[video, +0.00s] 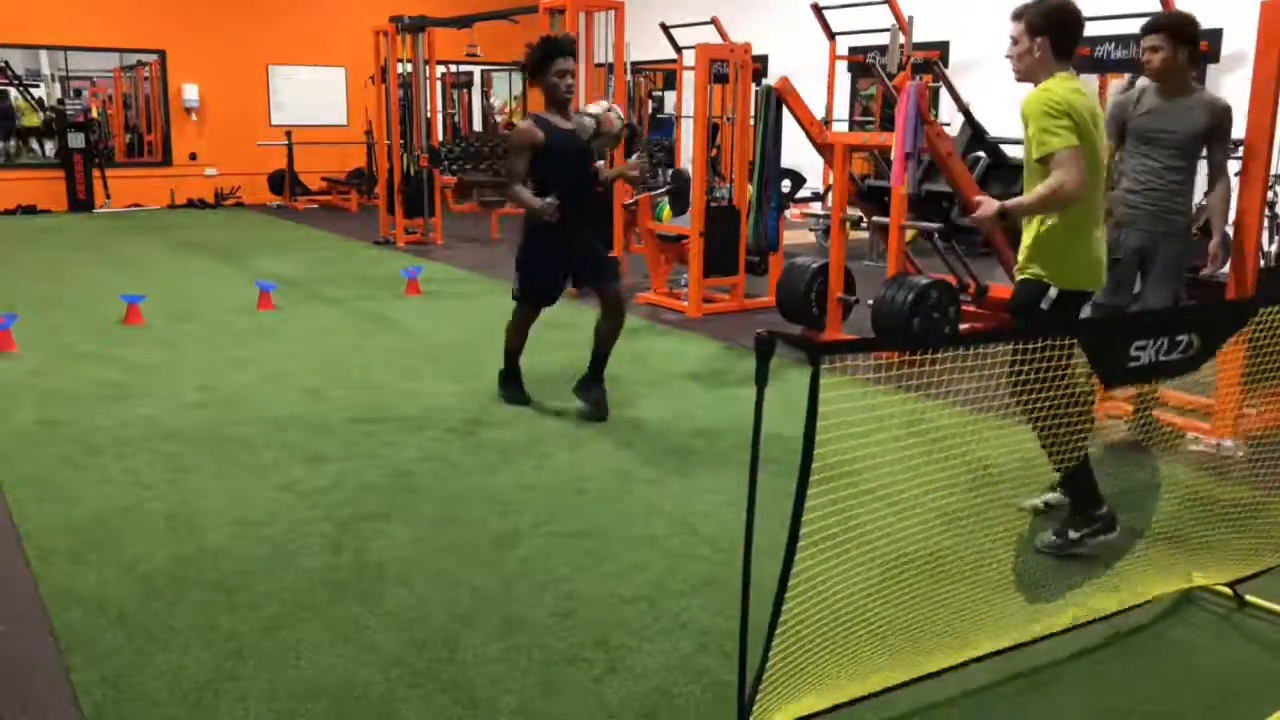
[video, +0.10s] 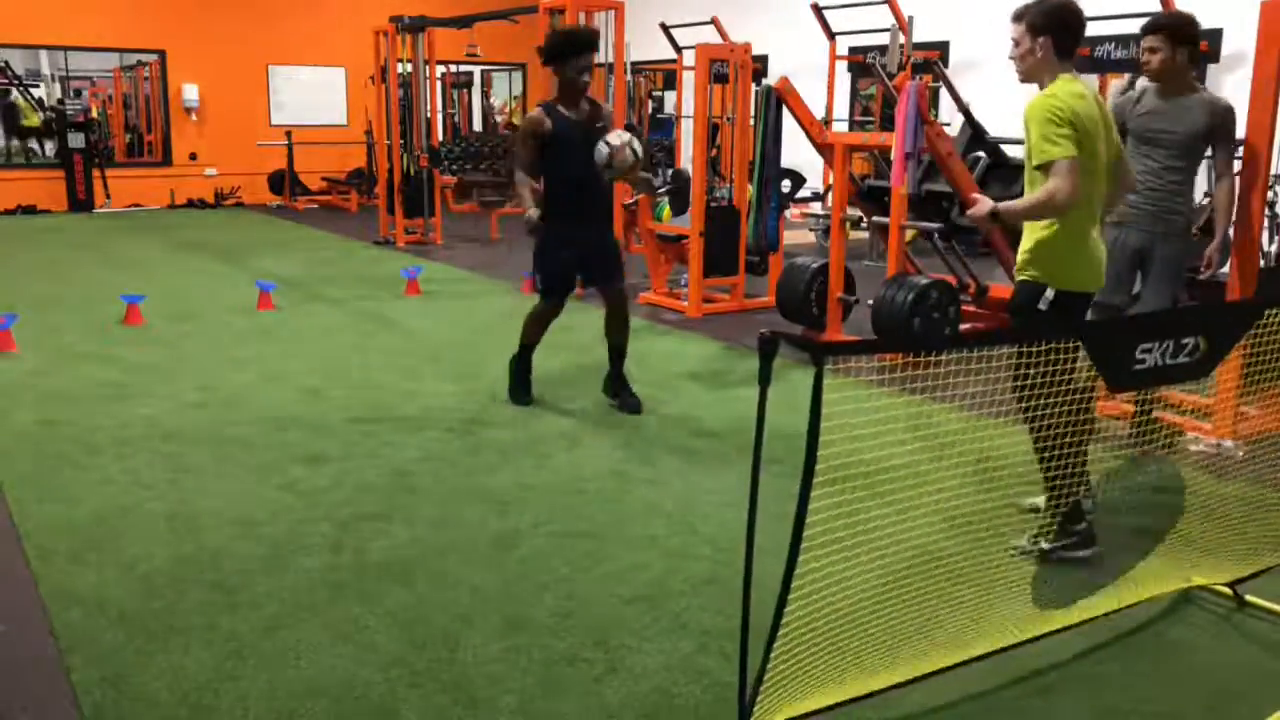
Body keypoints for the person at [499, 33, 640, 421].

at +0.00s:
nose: (568, 82)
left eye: (572, 75)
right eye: (560, 75)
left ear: (575, 79)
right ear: (540, 81)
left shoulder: (583, 126)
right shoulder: (528, 131)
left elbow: (588, 177)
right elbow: (515, 185)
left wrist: (621, 171)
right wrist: (537, 205)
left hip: (586, 233)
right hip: (547, 234)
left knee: (615, 304)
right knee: (528, 310)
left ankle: (593, 380)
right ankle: (510, 374)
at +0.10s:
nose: (586, 78)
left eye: (590, 70)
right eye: (579, 70)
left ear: (592, 70)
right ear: (556, 71)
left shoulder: (600, 115)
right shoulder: (538, 122)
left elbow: (622, 164)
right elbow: (522, 173)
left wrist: (630, 165)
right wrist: (530, 208)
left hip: (598, 226)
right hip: (557, 228)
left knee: (617, 300)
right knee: (551, 304)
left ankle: (616, 376)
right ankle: (522, 362)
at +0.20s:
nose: (604, 98)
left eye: (608, 90)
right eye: (597, 90)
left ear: (610, 89)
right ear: (577, 87)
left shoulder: (612, 127)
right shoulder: (547, 129)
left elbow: (614, 171)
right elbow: (523, 171)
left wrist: (636, 184)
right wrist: (521, 216)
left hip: (603, 224)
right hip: (566, 225)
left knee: (621, 301)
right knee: (589, 304)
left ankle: (620, 381)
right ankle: (554, 351)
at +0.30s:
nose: (616, 104)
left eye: (619, 96)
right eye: (610, 96)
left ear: (621, 98)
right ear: (589, 96)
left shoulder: (624, 138)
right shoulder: (557, 135)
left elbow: (634, 181)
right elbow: (525, 175)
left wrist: (645, 203)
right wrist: (515, 225)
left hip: (604, 226)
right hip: (569, 226)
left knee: (624, 296)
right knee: (613, 288)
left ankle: (620, 379)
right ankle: (599, 366)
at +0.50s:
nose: (615, 117)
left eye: (620, 109)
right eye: (607, 109)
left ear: (626, 109)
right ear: (587, 108)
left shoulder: (629, 152)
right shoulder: (560, 147)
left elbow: (631, 199)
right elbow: (533, 182)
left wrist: (635, 232)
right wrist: (527, 216)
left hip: (603, 228)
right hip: (565, 229)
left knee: (635, 288)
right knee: (609, 278)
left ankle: (658, 369)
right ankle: (633, 368)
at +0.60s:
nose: (597, 128)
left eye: (604, 121)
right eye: (590, 121)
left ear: (612, 125)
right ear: (576, 125)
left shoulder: (625, 172)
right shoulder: (558, 169)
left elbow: (628, 221)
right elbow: (533, 213)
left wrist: (631, 256)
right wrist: (518, 252)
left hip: (606, 252)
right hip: (568, 254)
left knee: (644, 314)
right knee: (604, 302)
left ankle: (676, 379)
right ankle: (590, 371)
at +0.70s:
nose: (551, 121)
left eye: (559, 114)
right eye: (546, 113)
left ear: (577, 119)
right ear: (539, 119)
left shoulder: (594, 170)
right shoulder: (527, 163)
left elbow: (605, 218)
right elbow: (512, 201)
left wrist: (611, 251)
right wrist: (498, 224)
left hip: (590, 258)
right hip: (550, 261)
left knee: (634, 320)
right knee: (558, 321)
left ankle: (674, 380)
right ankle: (568, 357)